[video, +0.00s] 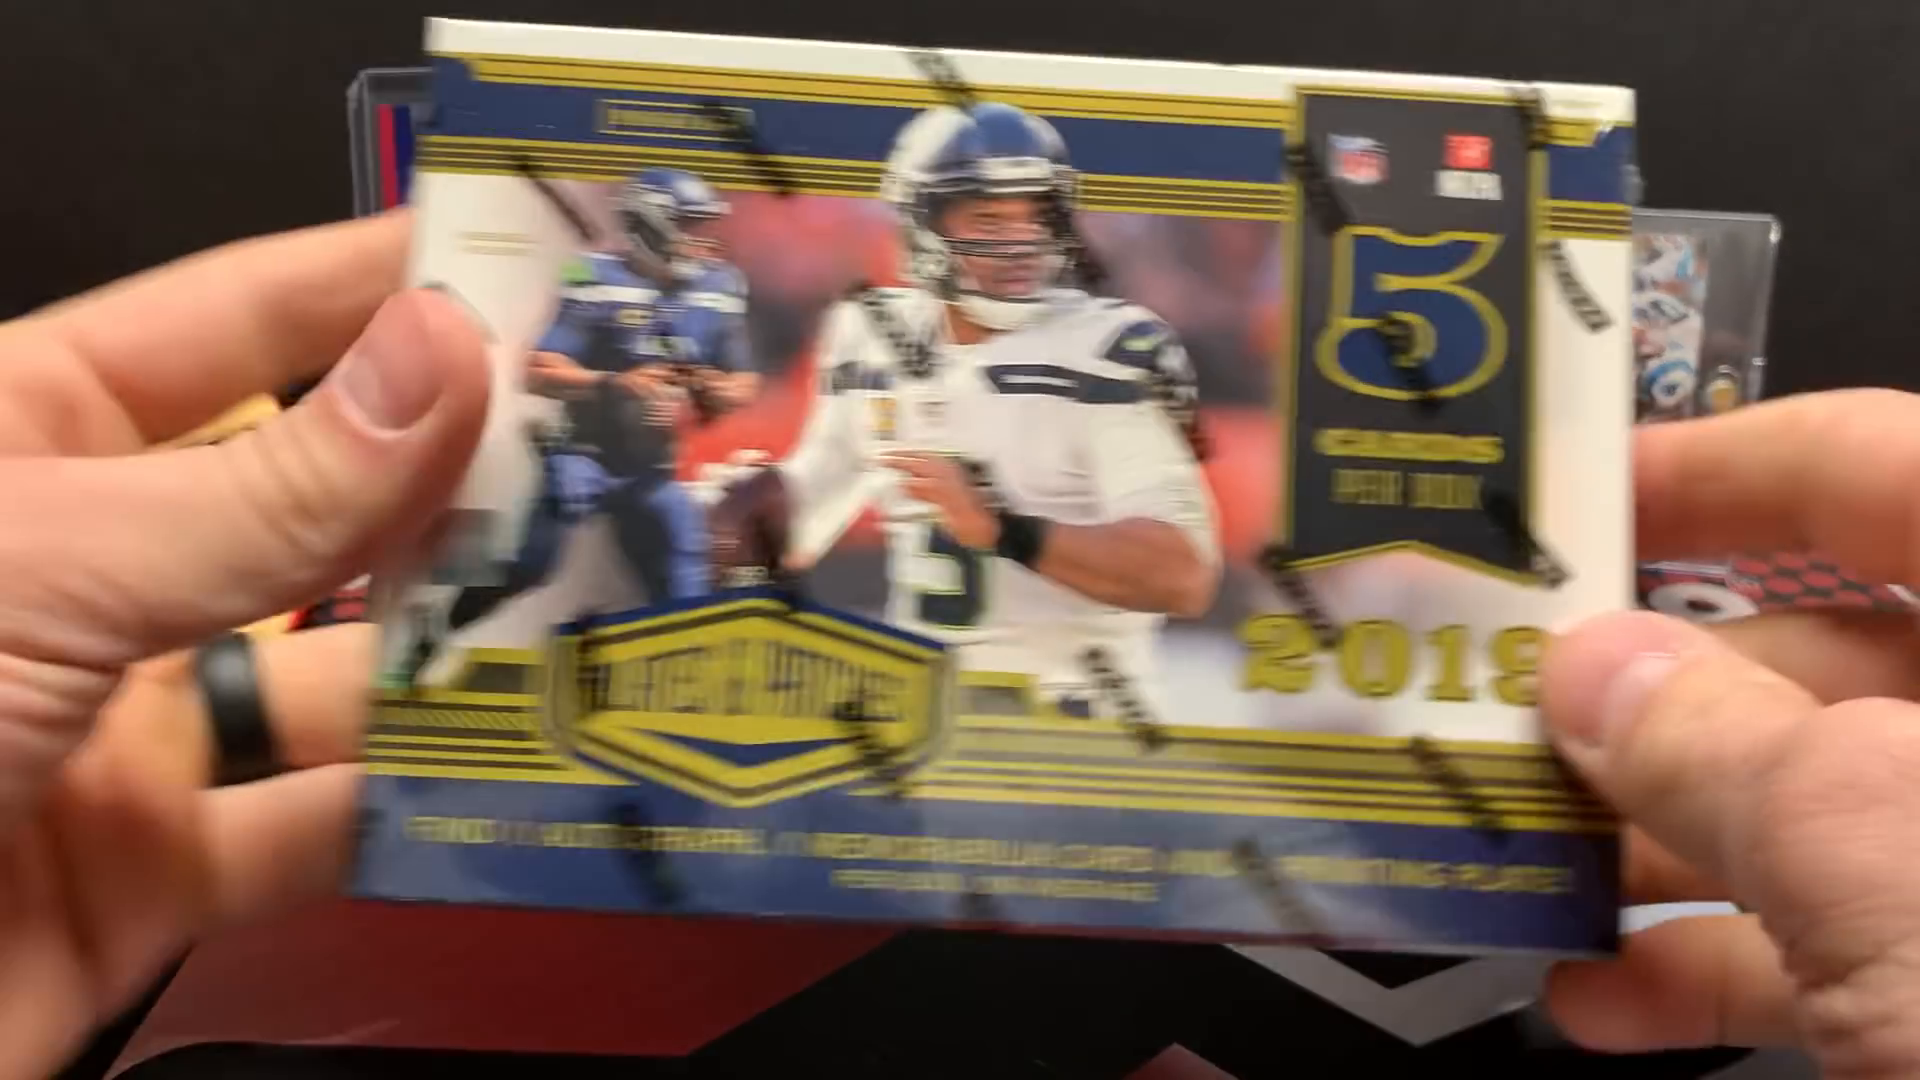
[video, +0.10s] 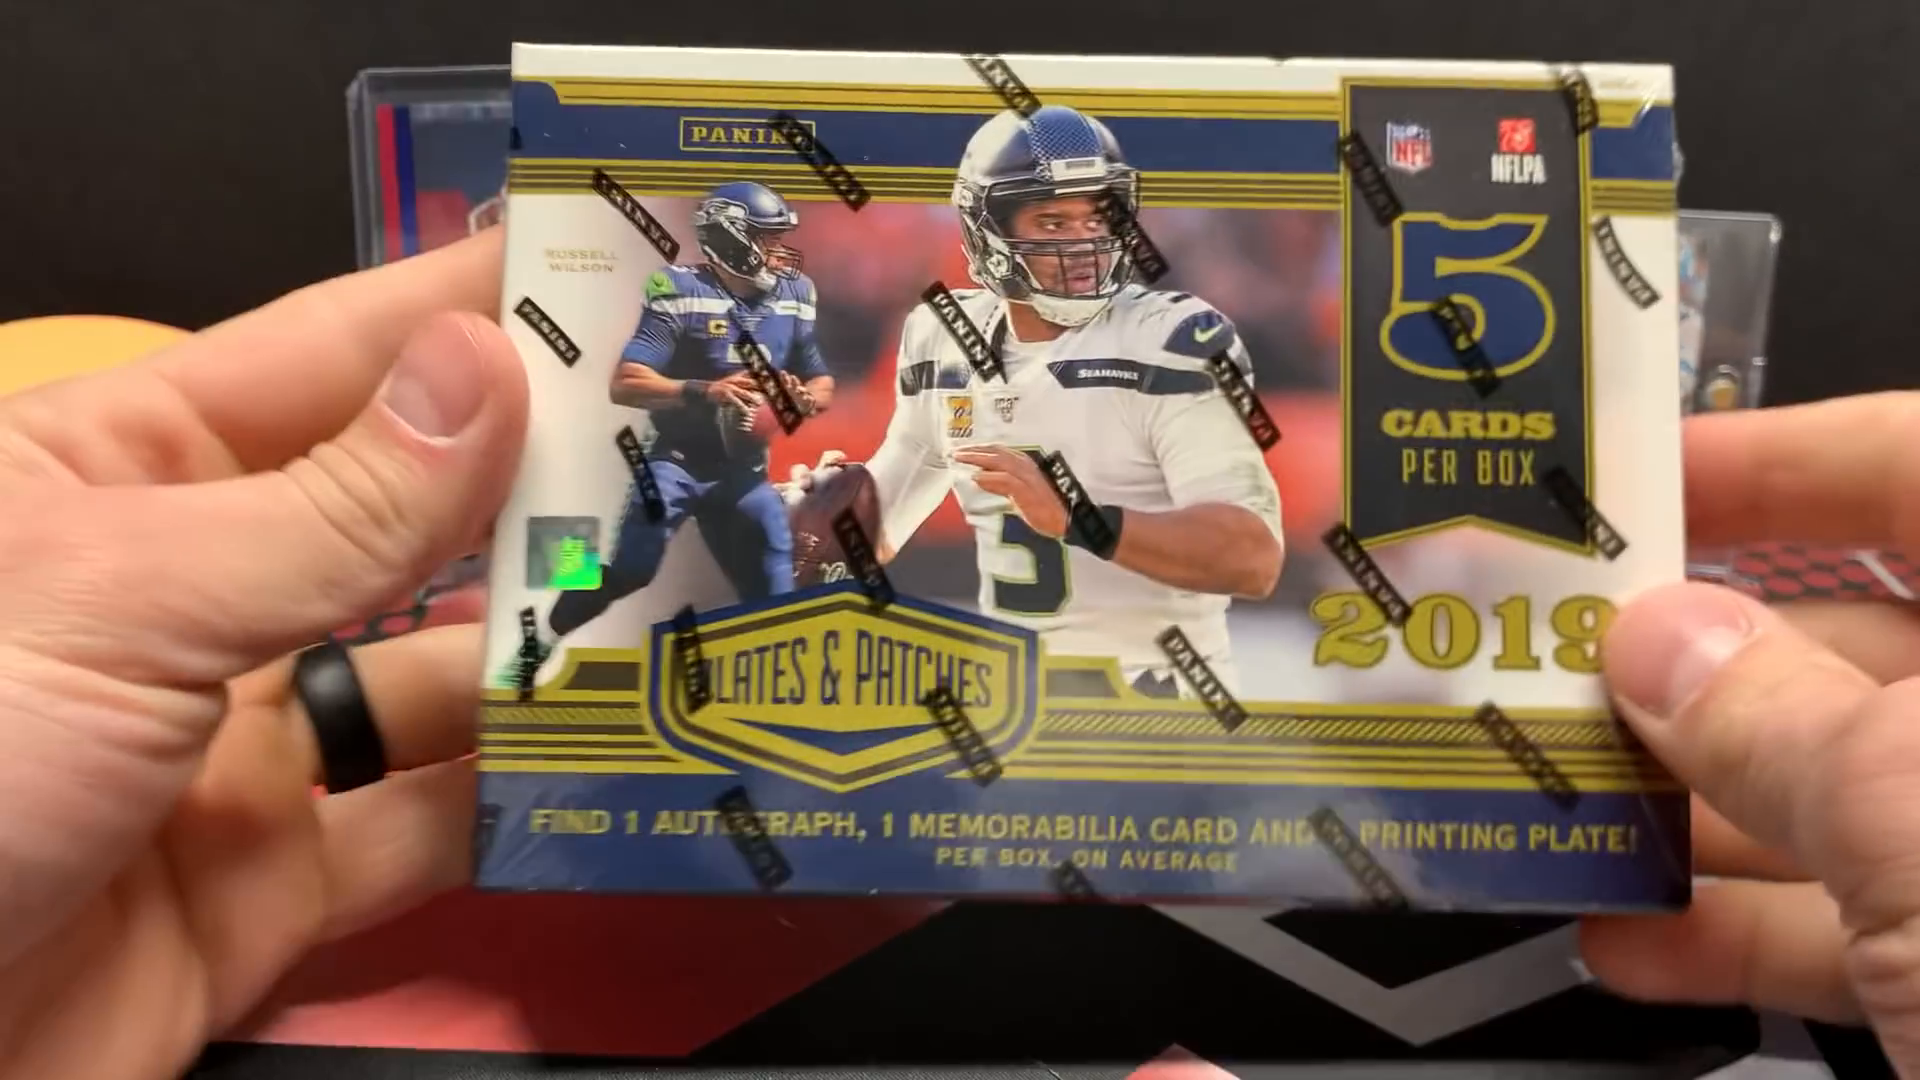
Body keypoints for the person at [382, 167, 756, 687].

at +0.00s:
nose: (702, 240)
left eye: (704, 227)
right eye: (690, 226)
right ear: (649, 224)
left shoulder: (719, 289)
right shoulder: (593, 282)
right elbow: (540, 369)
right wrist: (616, 383)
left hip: (653, 466)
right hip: (581, 458)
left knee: (686, 583)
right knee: (534, 563)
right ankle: (438, 627)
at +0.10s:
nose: (779, 249)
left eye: (778, 237)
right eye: (767, 238)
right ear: (727, 239)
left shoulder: (796, 293)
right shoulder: (675, 291)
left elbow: (821, 383)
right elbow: (626, 384)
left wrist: (801, 398)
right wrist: (701, 389)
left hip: (744, 472)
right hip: (674, 463)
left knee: (776, 598)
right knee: (633, 568)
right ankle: (543, 634)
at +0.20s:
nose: (777, 246)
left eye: (778, 235)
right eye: (765, 236)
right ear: (725, 237)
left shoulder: (793, 290)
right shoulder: (678, 288)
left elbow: (819, 378)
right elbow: (629, 382)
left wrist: (801, 393)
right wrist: (706, 387)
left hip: (747, 463)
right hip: (679, 457)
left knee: (780, 586)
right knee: (642, 559)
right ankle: (559, 629)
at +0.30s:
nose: (761, 248)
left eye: (762, 237)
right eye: (748, 238)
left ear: (766, 237)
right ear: (710, 240)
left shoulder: (777, 292)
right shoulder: (663, 291)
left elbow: (803, 381)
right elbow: (616, 381)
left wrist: (782, 392)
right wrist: (691, 386)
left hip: (732, 462)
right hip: (666, 457)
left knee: (765, 585)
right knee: (626, 558)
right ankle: (546, 626)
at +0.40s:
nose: (720, 255)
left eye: (721, 245)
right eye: (709, 245)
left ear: (723, 246)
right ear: (672, 247)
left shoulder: (738, 295)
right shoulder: (627, 294)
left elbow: (765, 382)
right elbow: (582, 386)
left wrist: (746, 395)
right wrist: (655, 389)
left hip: (695, 465)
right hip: (629, 458)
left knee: (727, 582)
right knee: (592, 558)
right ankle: (507, 637)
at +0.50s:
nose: (699, 246)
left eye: (699, 236)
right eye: (687, 236)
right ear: (649, 236)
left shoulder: (711, 286)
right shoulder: (603, 285)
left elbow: (736, 369)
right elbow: (555, 373)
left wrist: (721, 381)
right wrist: (628, 377)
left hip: (666, 452)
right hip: (602, 445)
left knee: (696, 570)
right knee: (560, 545)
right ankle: (482, 611)